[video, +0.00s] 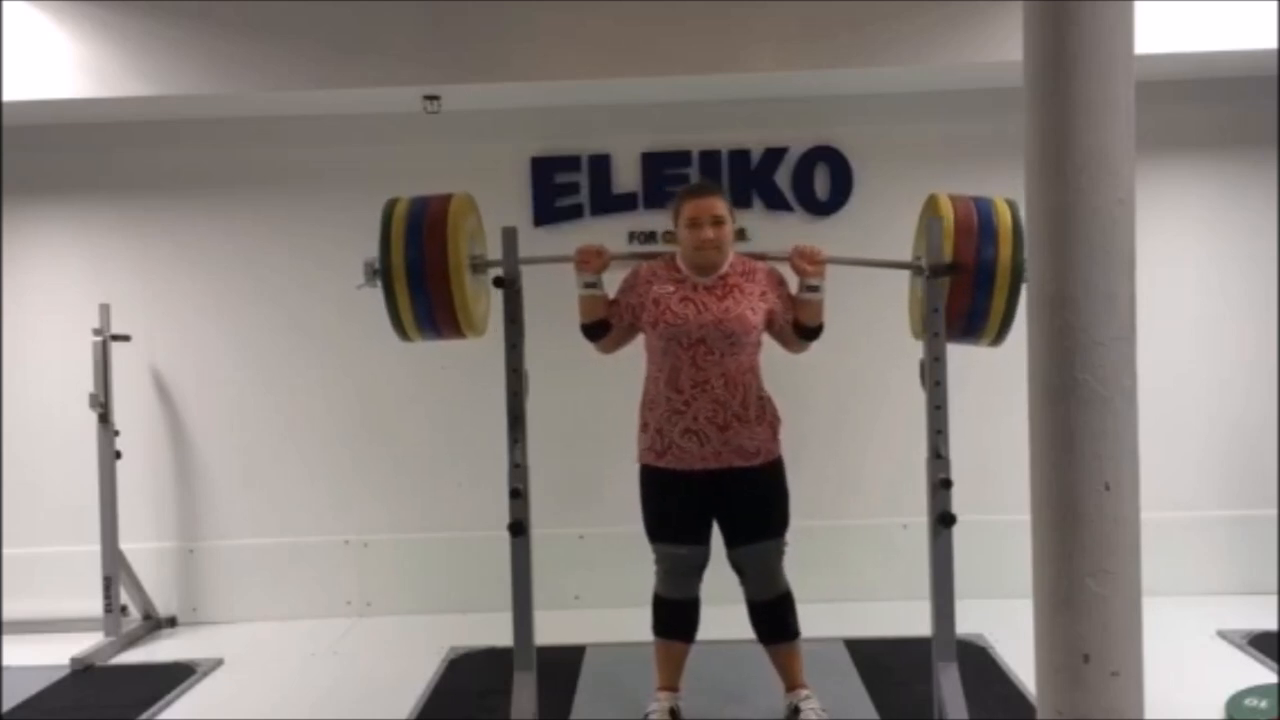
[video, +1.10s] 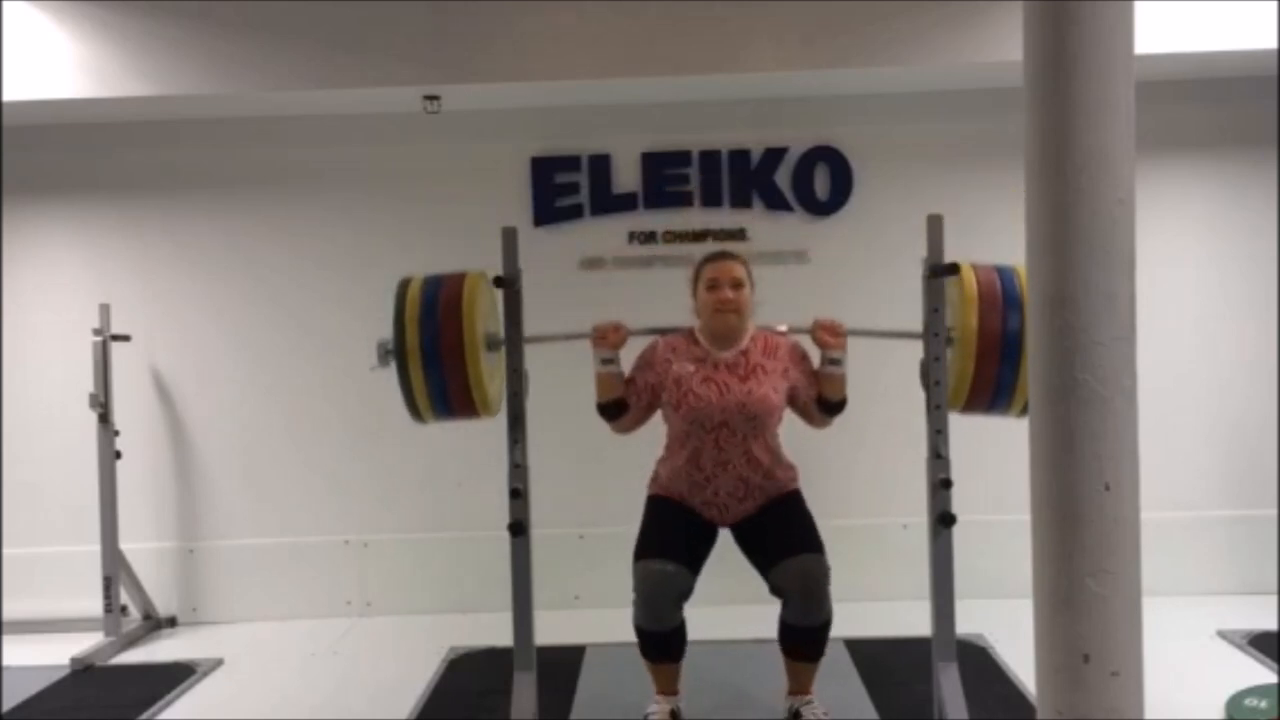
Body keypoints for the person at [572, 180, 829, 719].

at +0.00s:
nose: (707, 233)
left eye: (717, 222)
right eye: (695, 224)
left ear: (733, 228)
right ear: (676, 231)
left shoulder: (758, 278)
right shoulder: (649, 280)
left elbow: (799, 339)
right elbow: (604, 339)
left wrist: (810, 285)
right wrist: (590, 281)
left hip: (748, 456)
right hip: (672, 458)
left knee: (764, 576)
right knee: (676, 579)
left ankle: (799, 695)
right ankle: (665, 699)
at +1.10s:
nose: (726, 294)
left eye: (736, 285)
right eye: (713, 286)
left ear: (752, 297)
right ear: (695, 300)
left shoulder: (780, 352)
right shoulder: (666, 354)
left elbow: (822, 414)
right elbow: (621, 418)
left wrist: (833, 357)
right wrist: (606, 357)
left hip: (764, 489)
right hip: (682, 492)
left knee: (808, 584)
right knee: (656, 590)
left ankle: (801, 700)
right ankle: (665, 703)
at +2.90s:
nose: (729, 224)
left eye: (740, 216)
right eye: (716, 216)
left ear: (757, 231)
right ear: (698, 231)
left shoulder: (783, 286)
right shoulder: (670, 288)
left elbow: (827, 350)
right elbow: (623, 353)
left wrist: (837, 293)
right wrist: (609, 292)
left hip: (769, 456)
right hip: (688, 458)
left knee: (789, 578)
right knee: (674, 581)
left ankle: (800, 697)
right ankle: (666, 700)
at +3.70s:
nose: (733, 418)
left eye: (744, 409)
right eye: (720, 409)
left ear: (759, 419)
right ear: (701, 421)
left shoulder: (789, 472)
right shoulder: (671, 471)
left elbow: (830, 533)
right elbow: (630, 534)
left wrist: (841, 476)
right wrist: (613, 476)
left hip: (770, 600)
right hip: (689, 601)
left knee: (824, 625)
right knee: (637, 629)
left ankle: (801, 703)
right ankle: (666, 705)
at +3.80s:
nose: (733, 413)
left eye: (744, 404)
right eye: (720, 404)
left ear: (759, 414)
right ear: (701, 414)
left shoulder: (787, 463)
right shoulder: (670, 464)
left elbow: (827, 522)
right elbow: (629, 524)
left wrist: (841, 469)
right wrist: (613, 469)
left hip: (770, 590)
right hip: (688, 592)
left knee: (823, 619)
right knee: (639, 625)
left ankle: (800, 703)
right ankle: (666, 704)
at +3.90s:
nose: (732, 396)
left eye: (742, 387)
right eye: (718, 387)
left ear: (757, 398)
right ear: (699, 399)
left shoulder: (786, 447)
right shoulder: (670, 448)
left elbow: (828, 505)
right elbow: (628, 507)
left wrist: (840, 453)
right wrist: (611, 453)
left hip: (770, 573)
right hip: (688, 574)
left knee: (820, 608)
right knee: (644, 614)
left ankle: (799, 703)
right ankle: (666, 703)